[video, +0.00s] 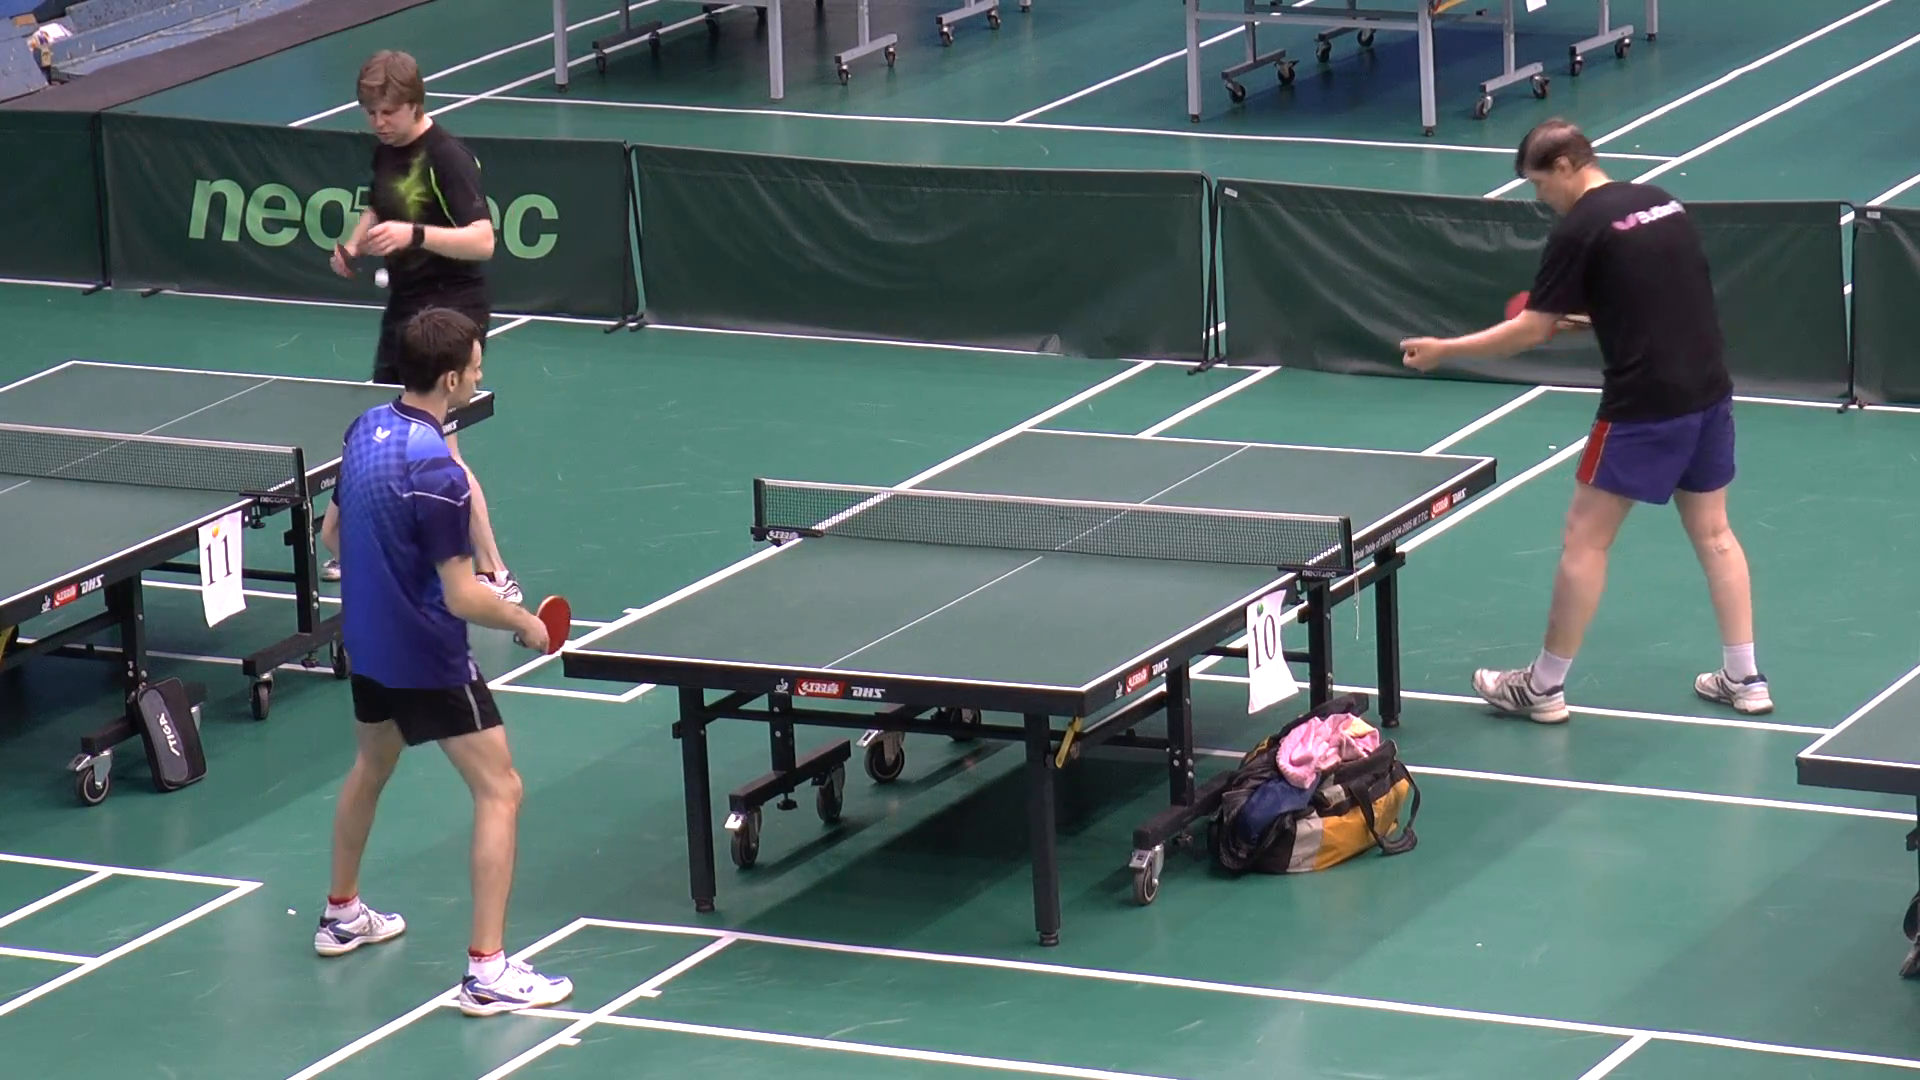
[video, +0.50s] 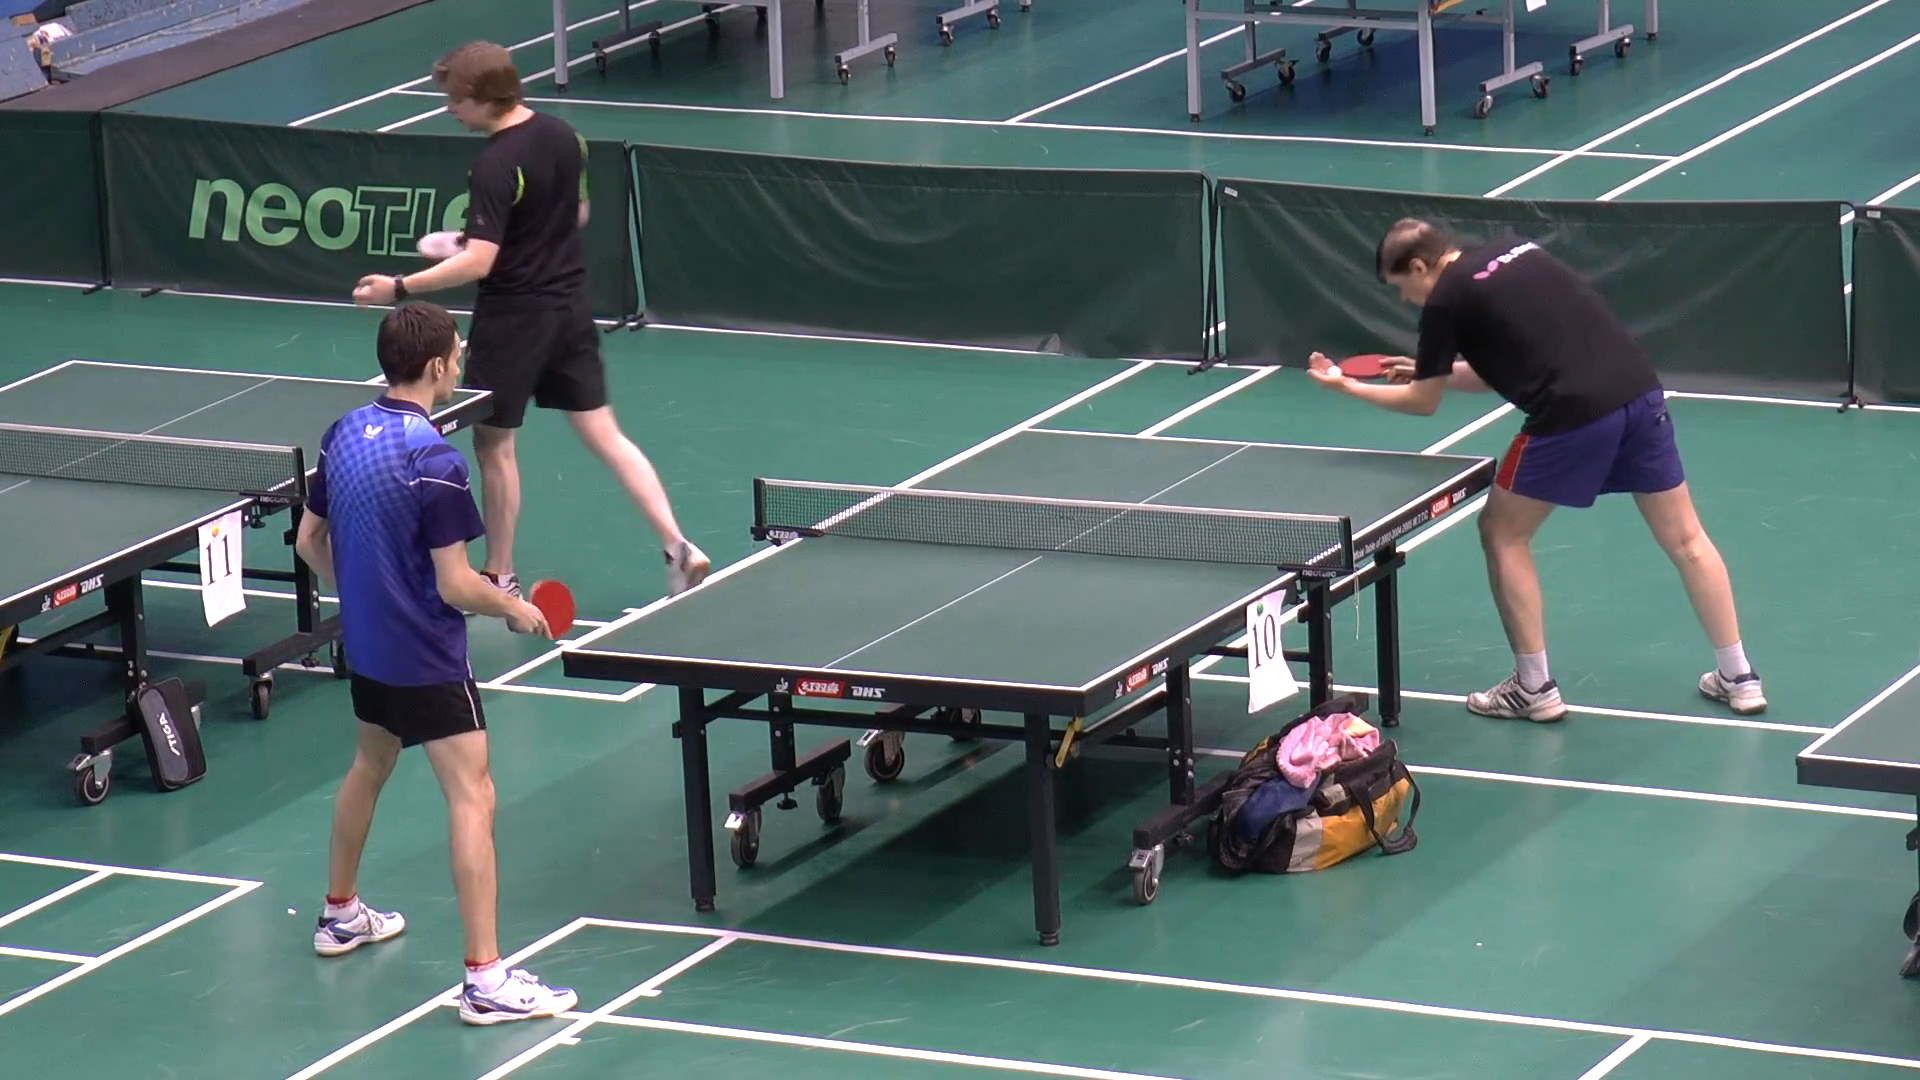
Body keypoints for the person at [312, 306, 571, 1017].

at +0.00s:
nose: (480, 368)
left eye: (477, 358)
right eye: (476, 360)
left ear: (408, 368)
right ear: (459, 373)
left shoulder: (367, 426)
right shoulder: (441, 472)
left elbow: (333, 536)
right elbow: (461, 594)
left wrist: (399, 577)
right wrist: (524, 622)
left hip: (366, 647)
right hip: (427, 658)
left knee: (371, 764)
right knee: (499, 789)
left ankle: (341, 911)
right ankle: (488, 966)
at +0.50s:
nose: (460, 362)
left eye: (457, 353)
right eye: (457, 354)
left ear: (390, 365)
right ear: (437, 365)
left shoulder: (344, 430)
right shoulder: (435, 456)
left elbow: (310, 538)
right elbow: (455, 583)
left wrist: (362, 591)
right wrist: (513, 606)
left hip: (365, 646)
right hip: (425, 655)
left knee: (369, 765)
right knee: (473, 797)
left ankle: (339, 910)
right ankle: (486, 974)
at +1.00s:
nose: (449, 355)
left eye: (445, 345)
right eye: (445, 347)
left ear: (378, 365)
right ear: (428, 363)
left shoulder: (348, 432)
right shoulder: (440, 454)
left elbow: (325, 541)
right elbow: (454, 578)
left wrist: (376, 595)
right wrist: (519, 609)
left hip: (380, 652)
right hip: (441, 660)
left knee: (353, 779)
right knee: (469, 803)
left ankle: (339, 912)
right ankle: (485, 975)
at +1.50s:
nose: (445, 356)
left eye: (442, 344)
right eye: (441, 346)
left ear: (376, 365)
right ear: (425, 360)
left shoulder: (350, 430)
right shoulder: (439, 448)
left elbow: (329, 538)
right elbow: (457, 575)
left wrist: (380, 596)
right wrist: (517, 602)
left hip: (383, 648)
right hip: (443, 655)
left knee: (355, 780)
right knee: (473, 802)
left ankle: (340, 912)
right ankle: (486, 974)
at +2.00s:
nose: (452, 353)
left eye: (448, 342)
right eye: (447, 344)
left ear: (385, 363)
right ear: (427, 361)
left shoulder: (353, 429)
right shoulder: (435, 454)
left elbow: (330, 539)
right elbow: (441, 578)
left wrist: (378, 601)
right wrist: (501, 618)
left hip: (380, 648)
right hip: (437, 656)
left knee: (354, 777)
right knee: (470, 804)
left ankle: (339, 912)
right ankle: (485, 975)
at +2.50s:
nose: (500, 380)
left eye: (498, 368)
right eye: (497, 370)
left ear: (429, 377)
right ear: (480, 380)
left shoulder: (385, 440)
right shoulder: (475, 474)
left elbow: (335, 543)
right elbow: (502, 597)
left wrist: (386, 595)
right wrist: (555, 600)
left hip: (393, 658)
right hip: (458, 668)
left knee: (371, 779)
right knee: (526, 801)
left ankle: (350, 912)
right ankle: (490, 975)